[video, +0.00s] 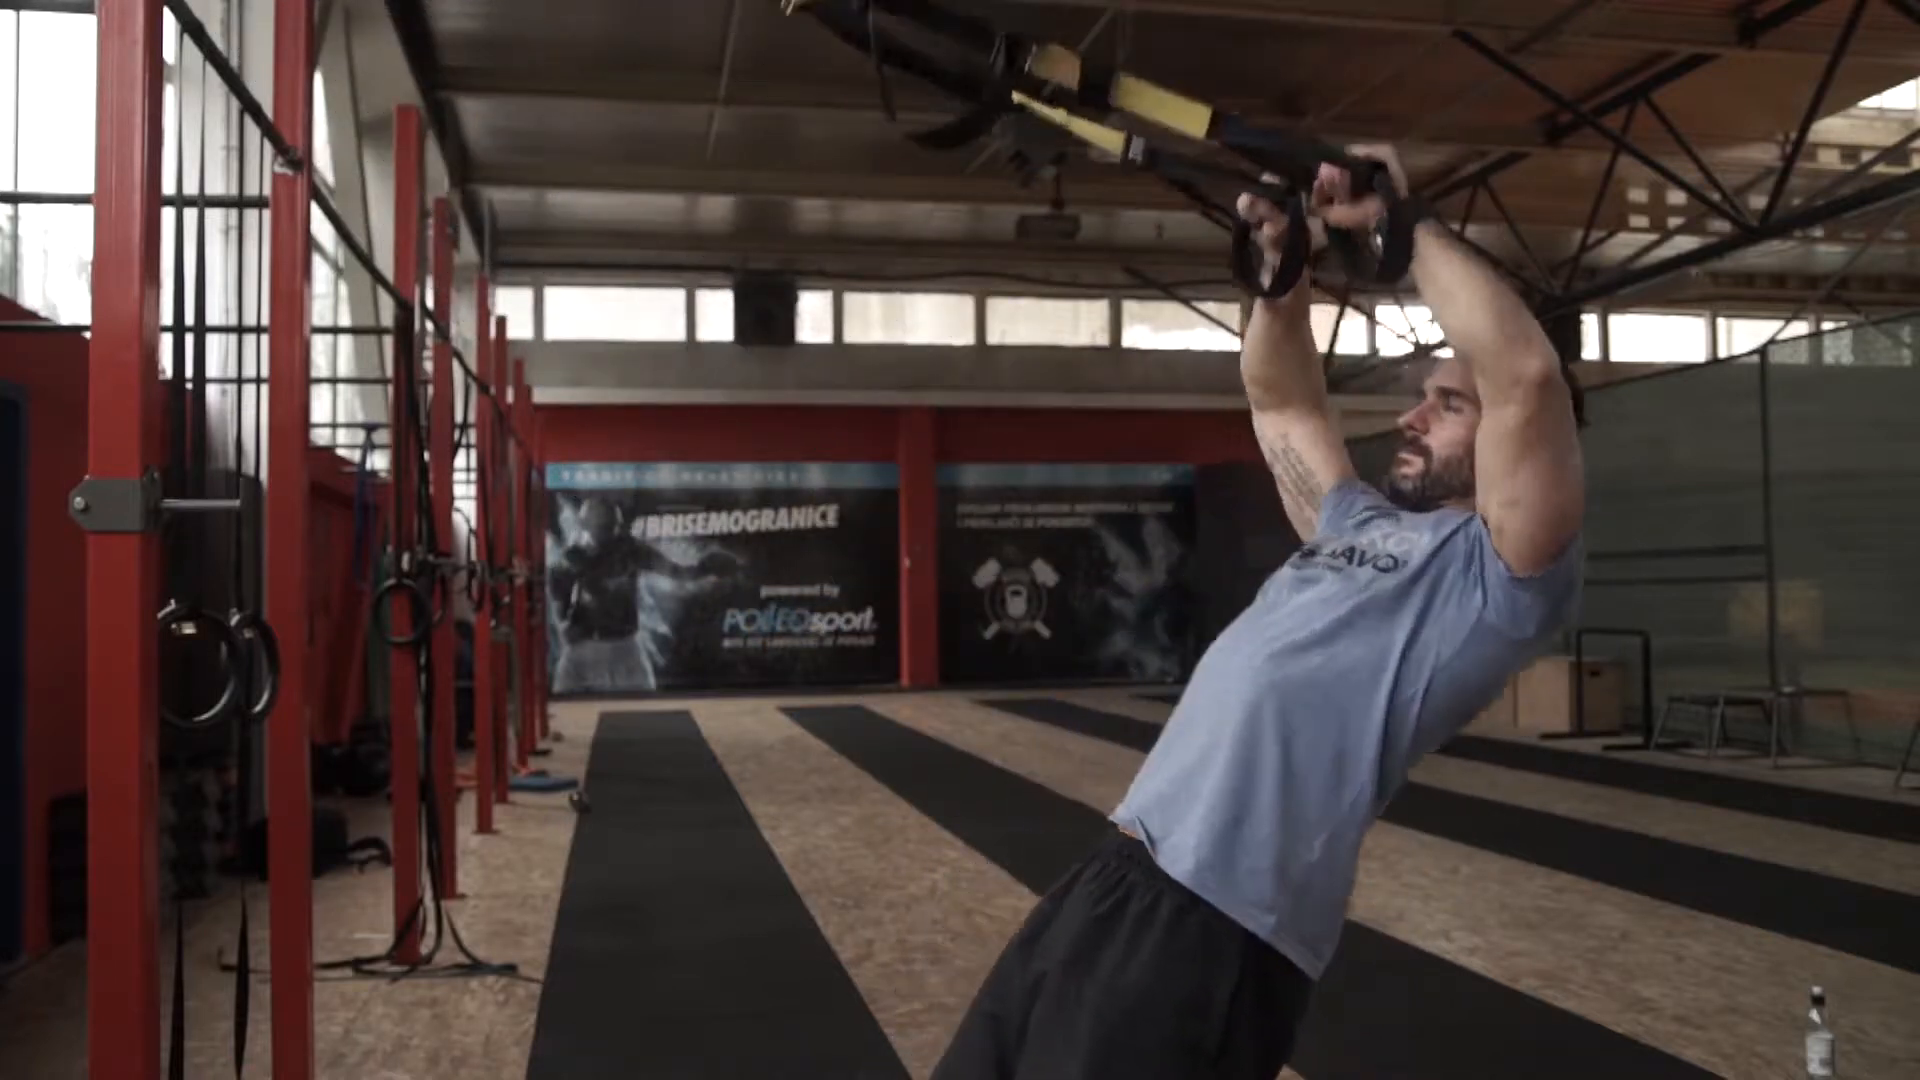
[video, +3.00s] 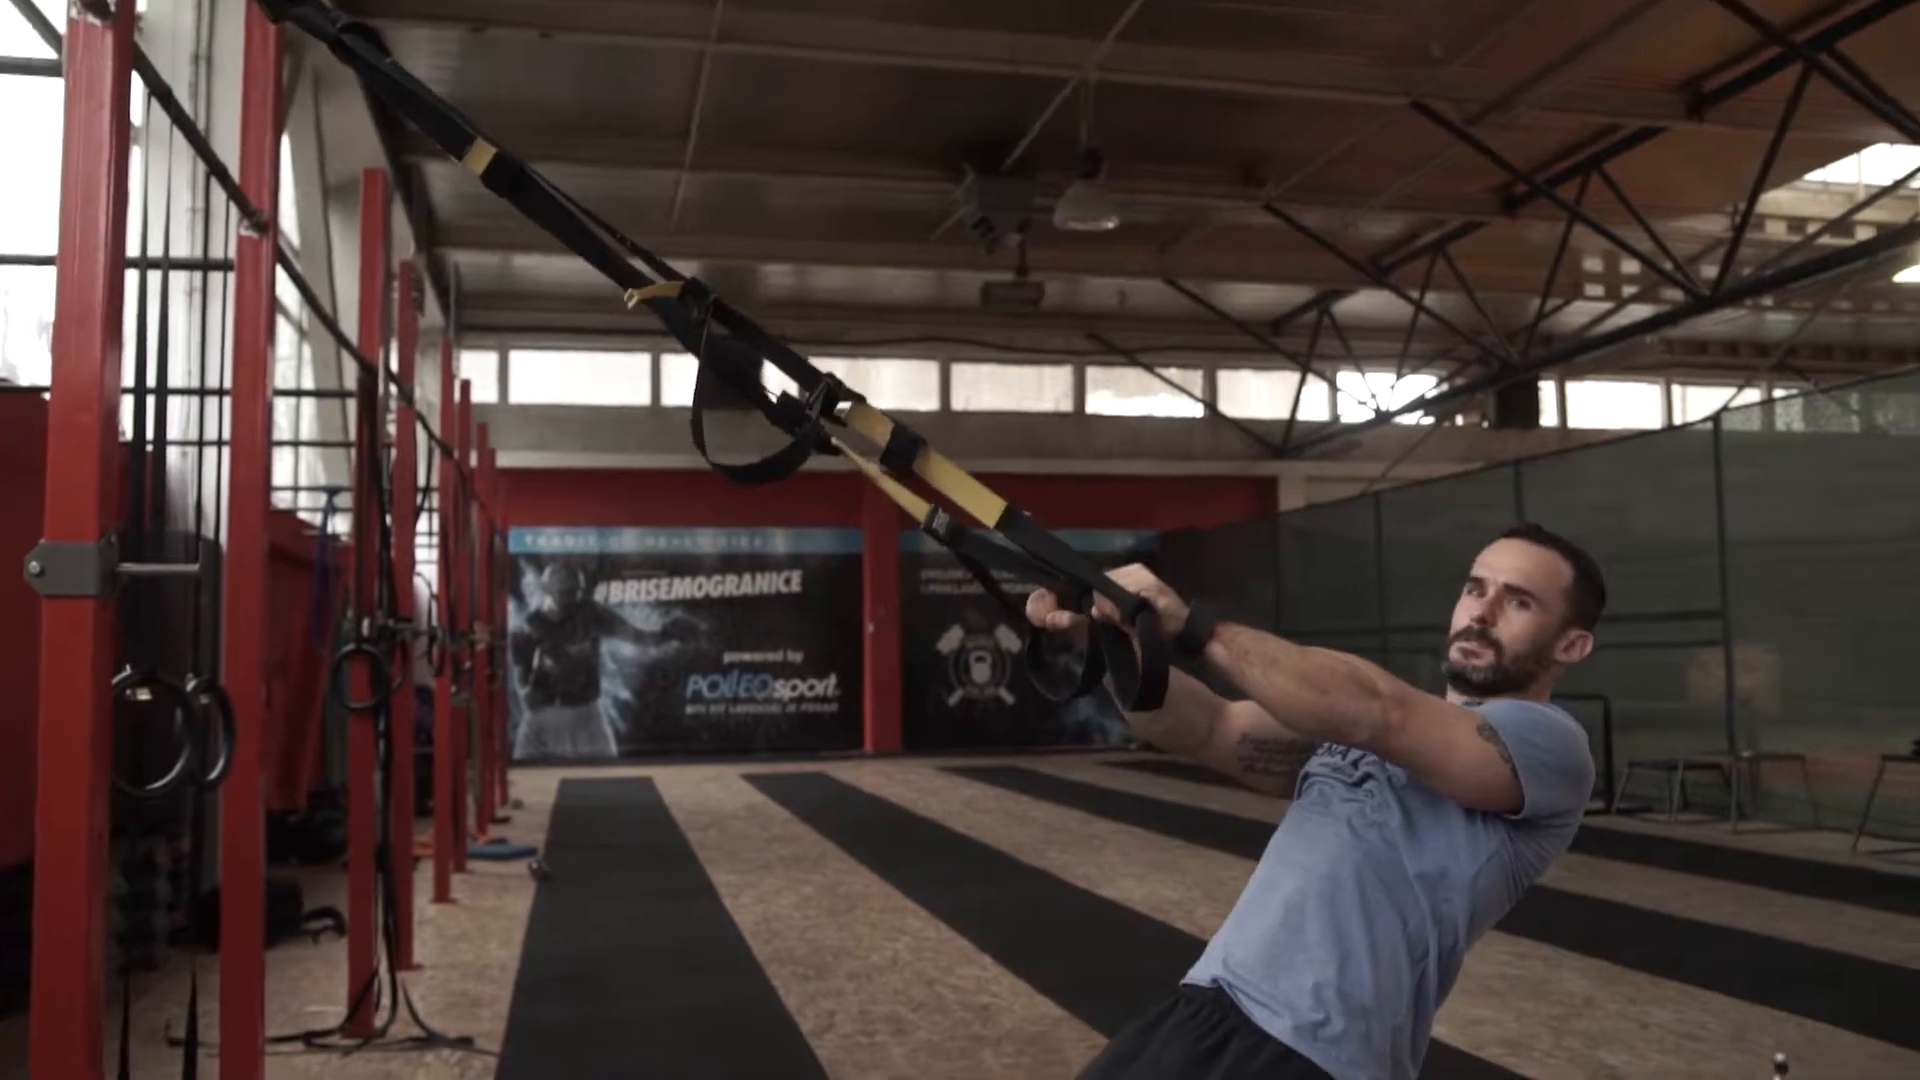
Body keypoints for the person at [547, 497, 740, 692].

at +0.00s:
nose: (601, 527)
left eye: (606, 519)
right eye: (594, 520)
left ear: (616, 519)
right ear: (583, 522)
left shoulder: (630, 549)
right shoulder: (572, 558)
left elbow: (674, 572)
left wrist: (703, 571)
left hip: (624, 647)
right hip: (580, 650)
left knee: (635, 716)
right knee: (573, 718)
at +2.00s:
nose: (600, 527)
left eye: (605, 520)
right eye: (594, 521)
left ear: (615, 520)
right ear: (583, 523)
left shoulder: (629, 549)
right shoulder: (573, 557)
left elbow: (672, 571)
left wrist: (702, 571)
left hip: (625, 647)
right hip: (581, 649)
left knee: (637, 714)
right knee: (573, 717)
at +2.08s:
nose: (600, 527)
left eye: (605, 520)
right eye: (594, 521)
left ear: (615, 520)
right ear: (583, 523)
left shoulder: (629, 549)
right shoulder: (573, 557)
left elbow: (672, 571)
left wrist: (702, 571)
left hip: (625, 647)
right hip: (581, 649)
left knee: (637, 714)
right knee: (573, 717)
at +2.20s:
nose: (601, 529)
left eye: (606, 521)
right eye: (594, 523)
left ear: (615, 520)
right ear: (583, 523)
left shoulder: (629, 549)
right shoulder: (572, 558)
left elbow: (672, 571)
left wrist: (702, 572)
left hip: (625, 648)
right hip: (581, 650)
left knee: (637, 716)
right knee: (573, 718)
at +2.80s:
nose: (583, 549)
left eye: (588, 542)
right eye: (577, 543)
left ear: (595, 540)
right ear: (563, 542)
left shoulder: (607, 566)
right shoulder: (549, 576)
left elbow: (651, 589)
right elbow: (539, 635)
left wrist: (680, 588)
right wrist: (551, 619)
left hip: (603, 669)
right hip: (558, 672)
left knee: (614, 740)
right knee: (549, 741)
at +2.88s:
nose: (580, 571)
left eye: (583, 564)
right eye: (573, 565)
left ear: (590, 561)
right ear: (558, 563)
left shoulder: (601, 586)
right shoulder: (541, 599)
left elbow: (645, 609)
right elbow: (534, 656)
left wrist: (675, 607)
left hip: (599, 689)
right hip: (553, 692)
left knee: (612, 759)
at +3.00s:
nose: (569, 598)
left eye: (573, 591)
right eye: (563, 592)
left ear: (580, 588)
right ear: (547, 590)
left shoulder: (590, 614)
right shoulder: (529, 627)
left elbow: (634, 636)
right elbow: (525, 690)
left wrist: (664, 636)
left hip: (588, 717)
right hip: (542, 721)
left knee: (600, 788)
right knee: (534, 790)